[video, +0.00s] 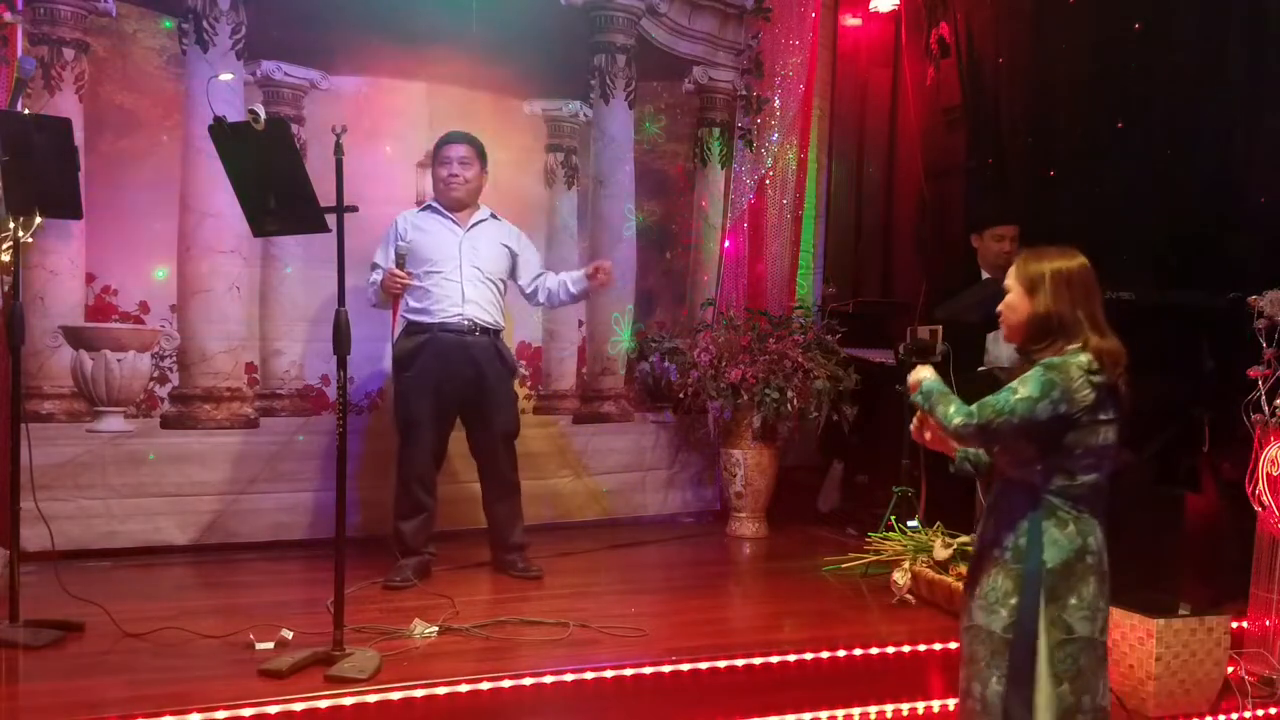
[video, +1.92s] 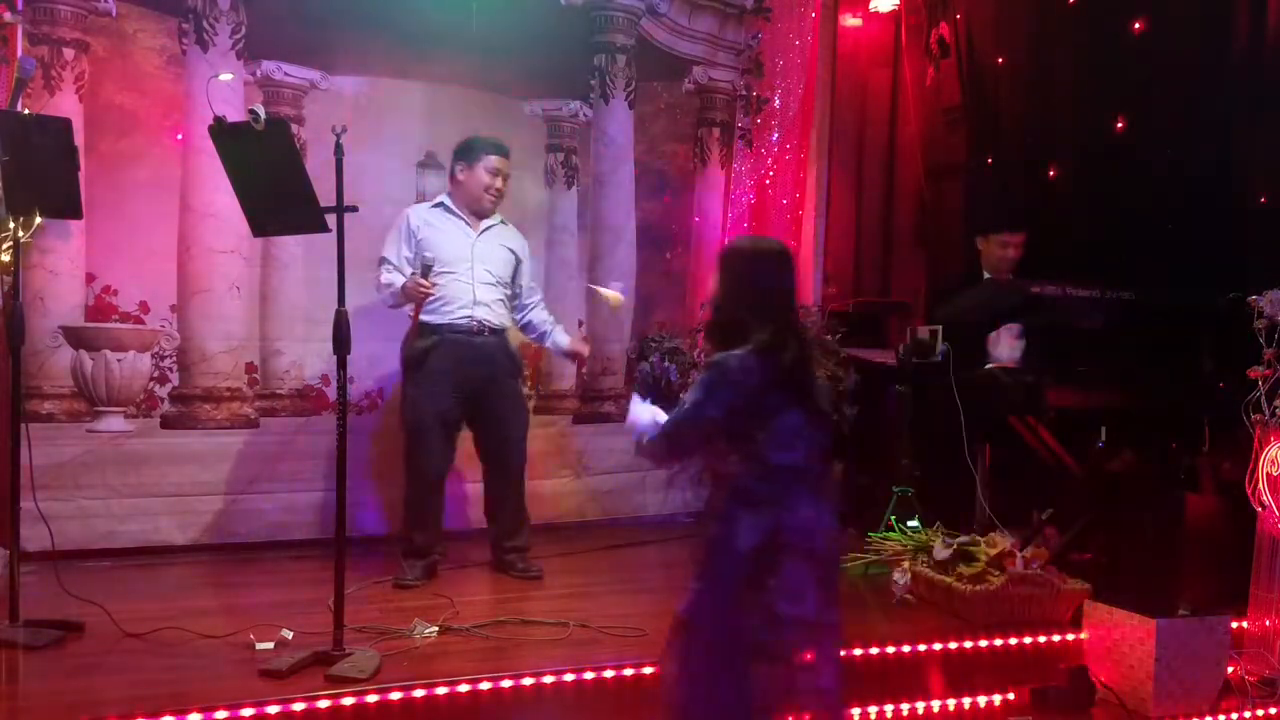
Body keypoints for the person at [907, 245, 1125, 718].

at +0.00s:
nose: (999, 308)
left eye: (1010, 295)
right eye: (1003, 295)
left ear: (1046, 303)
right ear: (1052, 306)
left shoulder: (1063, 373)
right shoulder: (1087, 371)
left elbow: (967, 424)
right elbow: (1027, 461)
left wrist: (926, 382)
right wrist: (951, 449)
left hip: (1041, 535)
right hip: (1069, 530)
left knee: (1016, 673)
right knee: (1051, 672)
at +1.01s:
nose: (949, 298)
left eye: (958, 286)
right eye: (952, 286)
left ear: (994, 293)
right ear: (994, 296)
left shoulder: (1009, 373)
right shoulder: (1019, 368)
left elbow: (935, 441)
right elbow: (949, 438)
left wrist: (885, 379)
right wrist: (891, 411)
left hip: (984, 560)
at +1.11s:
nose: (928, 299)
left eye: (937, 286)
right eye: (930, 286)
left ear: (972, 295)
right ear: (972, 298)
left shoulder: (995, 380)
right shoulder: (973, 374)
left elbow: (929, 450)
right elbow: (922, 442)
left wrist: (862, 417)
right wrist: (861, 412)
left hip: (978, 574)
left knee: (980, 696)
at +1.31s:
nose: (876, 298)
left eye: (885, 288)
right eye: (880, 287)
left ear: (913, 299)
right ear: (940, 299)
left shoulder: (922, 380)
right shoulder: (966, 369)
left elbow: (871, 456)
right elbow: (881, 441)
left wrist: (813, 444)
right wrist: (819, 418)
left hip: (912, 555)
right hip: (960, 546)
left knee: (891, 675)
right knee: (965, 666)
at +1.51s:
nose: (821, 302)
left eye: (829, 291)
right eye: (825, 290)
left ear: (853, 303)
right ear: (888, 302)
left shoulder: (855, 386)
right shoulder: (918, 374)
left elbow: (784, 447)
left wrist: (744, 423)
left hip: (860, 555)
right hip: (912, 545)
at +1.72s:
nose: (769, 301)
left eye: (776, 291)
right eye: (773, 289)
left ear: (790, 301)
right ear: (837, 301)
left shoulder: (782, 377)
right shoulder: (851, 371)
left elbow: (705, 426)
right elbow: (807, 452)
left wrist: (683, 397)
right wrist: (738, 456)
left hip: (787, 537)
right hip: (845, 531)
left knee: (770, 649)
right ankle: (894, 708)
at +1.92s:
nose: (715, 295)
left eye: (721, 284)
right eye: (719, 283)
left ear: (736, 293)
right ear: (783, 292)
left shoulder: (736, 369)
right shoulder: (807, 361)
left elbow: (674, 440)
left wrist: (646, 429)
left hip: (751, 532)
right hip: (810, 527)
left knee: (708, 646)